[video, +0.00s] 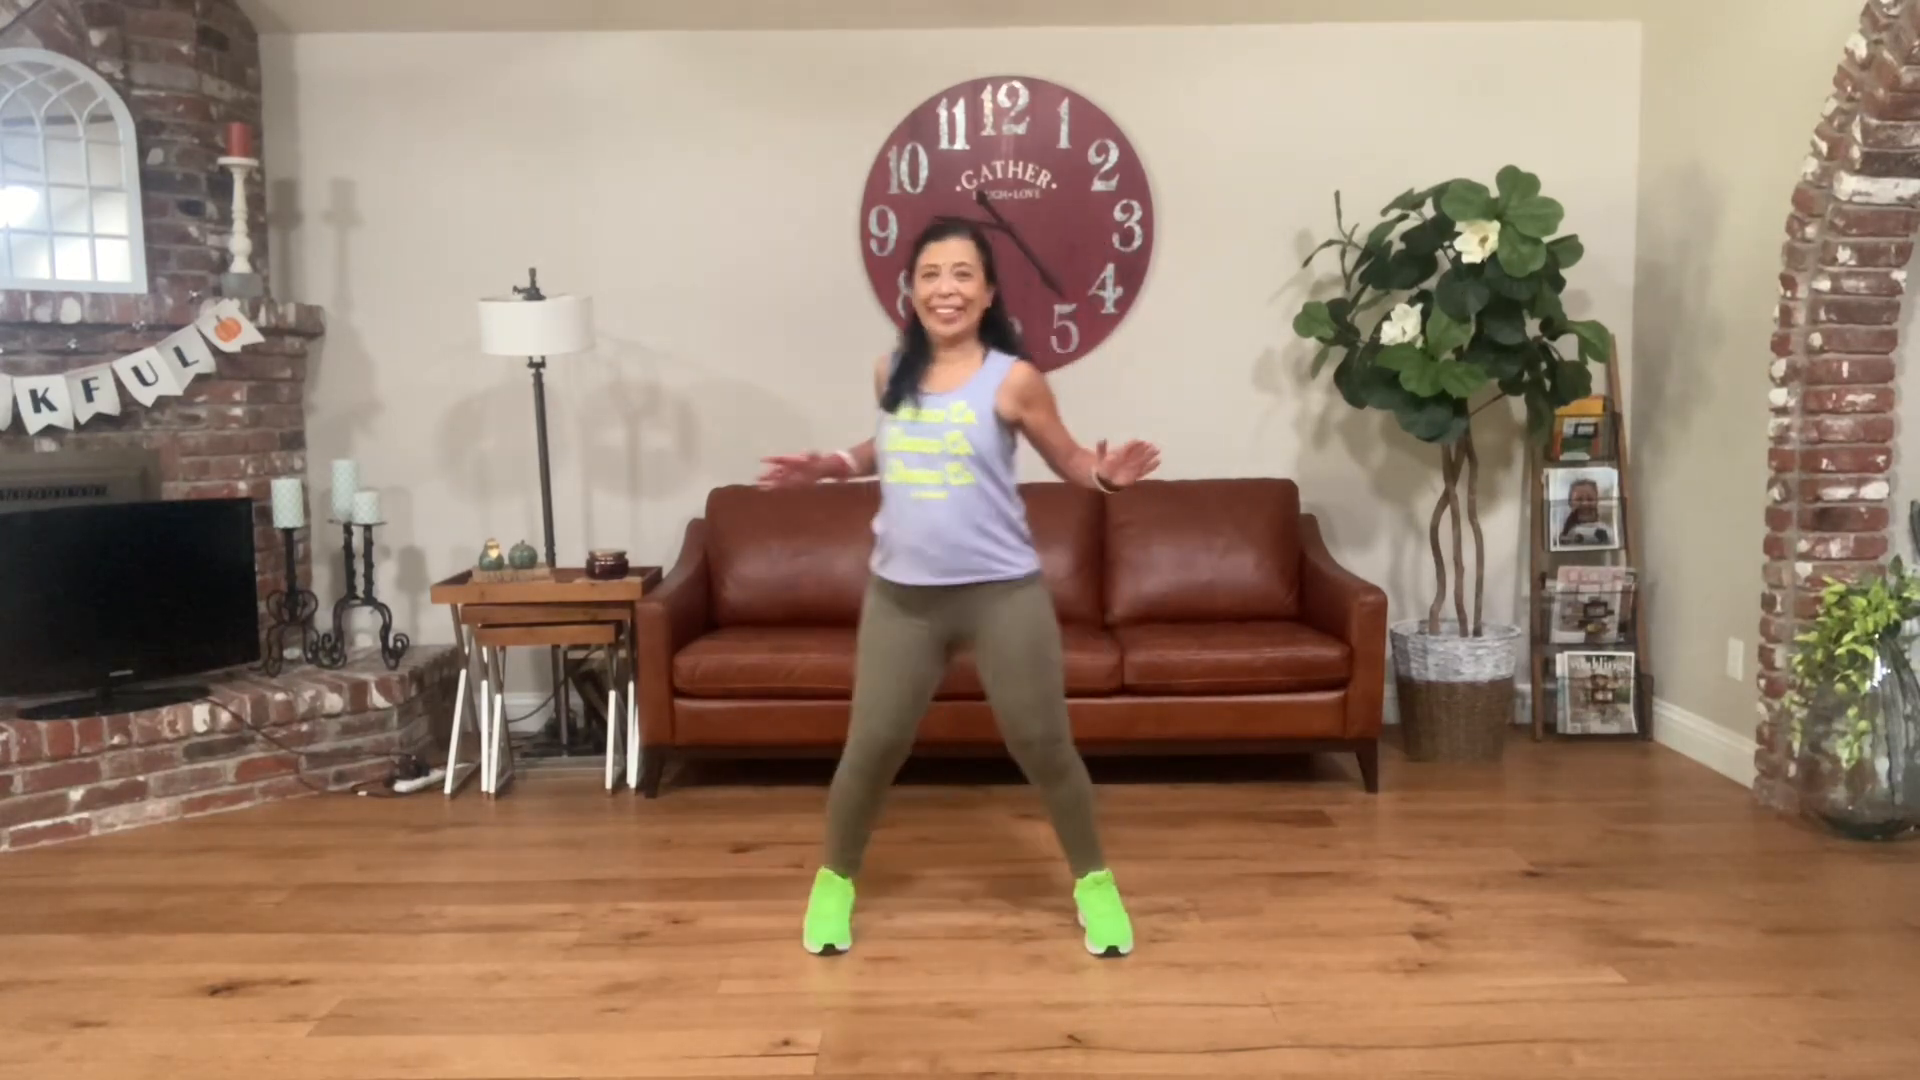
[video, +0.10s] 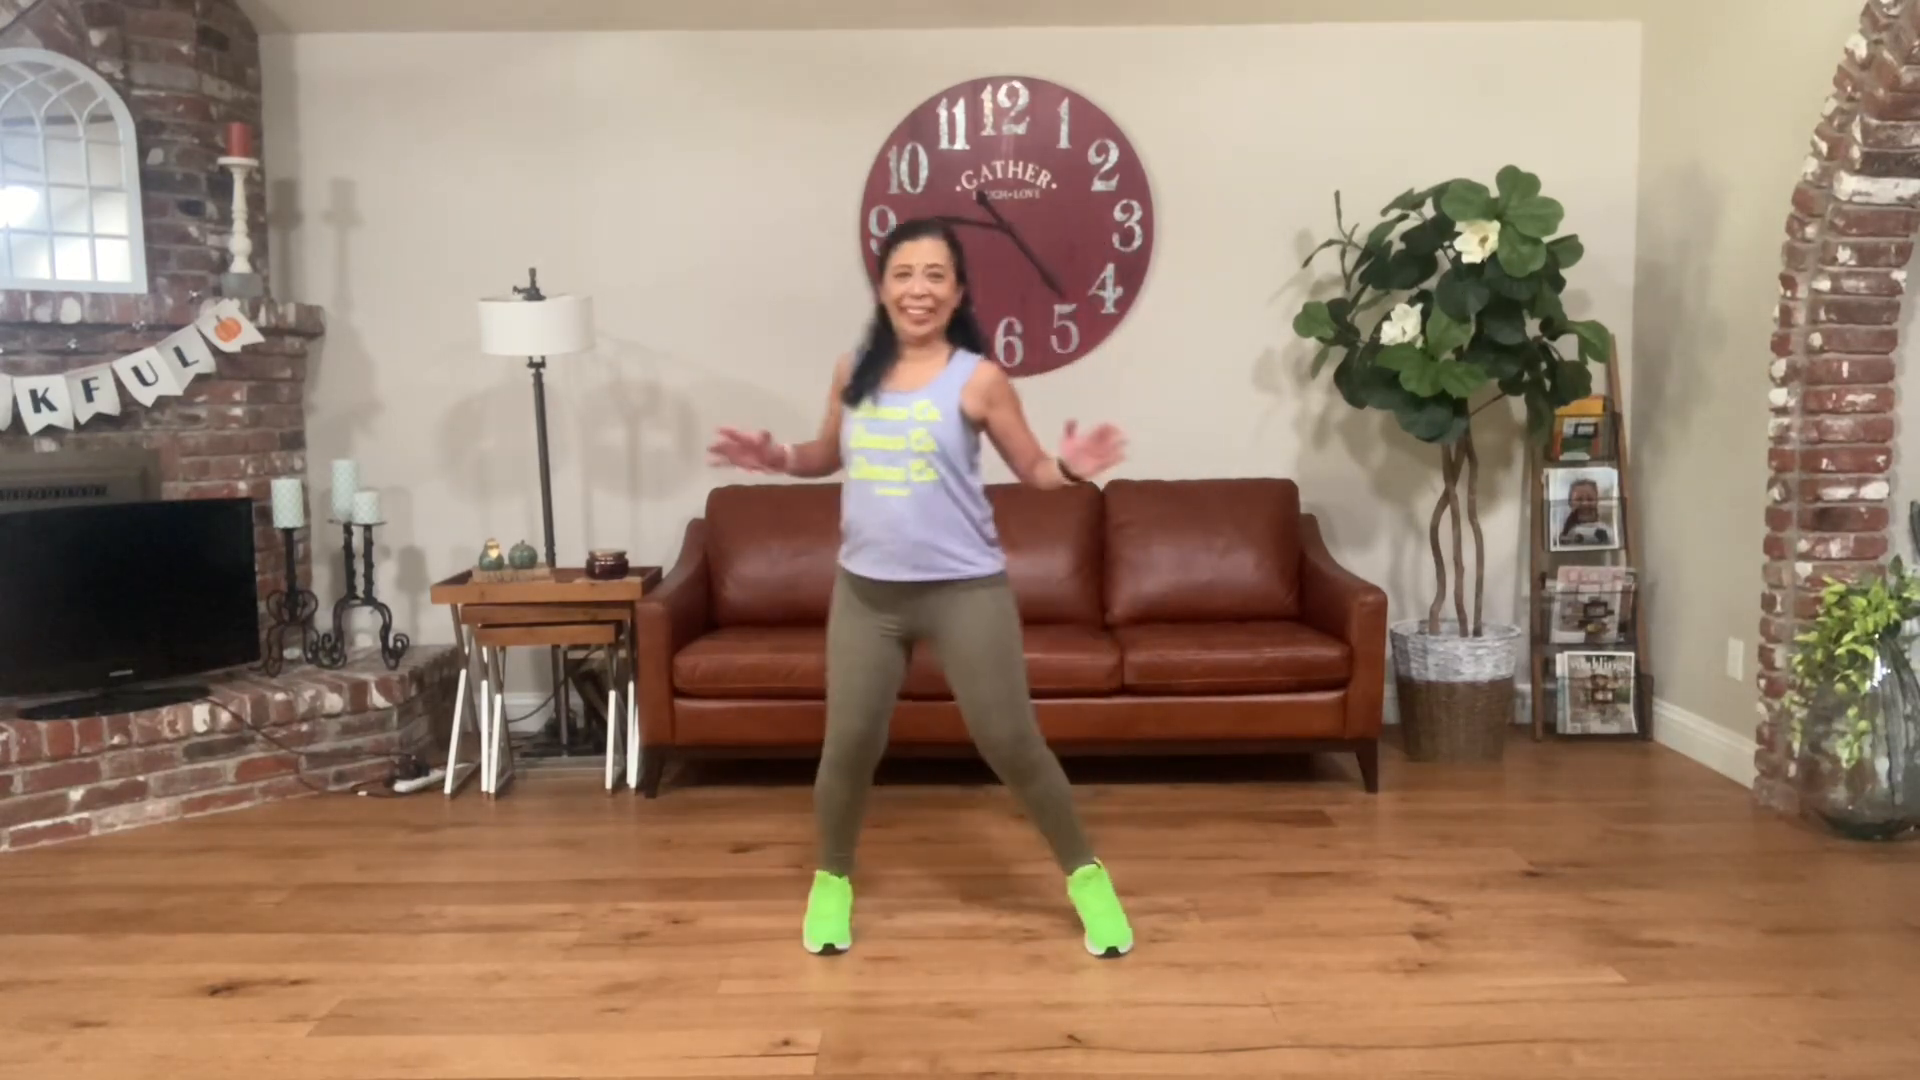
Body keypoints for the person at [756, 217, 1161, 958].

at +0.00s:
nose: (946, 288)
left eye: (963, 274)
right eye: (931, 274)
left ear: (987, 292)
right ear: (911, 292)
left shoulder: (1013, 381)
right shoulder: (892, 372)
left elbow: (1072, 461)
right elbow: (899, 446)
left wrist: (1106, 471)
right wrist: (831, 465)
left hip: (1003, 590)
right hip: (901, 595)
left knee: (1041, 741)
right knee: (874, 743)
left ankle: (1094, 884)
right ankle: (835, 881)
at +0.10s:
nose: (919, 290)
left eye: (936, 276)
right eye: (903, 275)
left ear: (957, 292)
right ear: (882, 288)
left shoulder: (979, 380)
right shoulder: (855, 371)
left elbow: (1034, 471)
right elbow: (829, 456)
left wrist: (1070, 467)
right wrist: (780, 458)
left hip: (965, 589)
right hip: (865, 591)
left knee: (1008, 740)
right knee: (849, 743)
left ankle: (1085, 876)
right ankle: (832, 882)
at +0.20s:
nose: (897, 301)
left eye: (913, 287)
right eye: (881, 286)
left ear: (931, 300)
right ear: (855, 297)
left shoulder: (952, 388)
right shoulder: (822, 376)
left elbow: (1001, 491)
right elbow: (766, 461)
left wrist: (1023, 454)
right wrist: (738, 443)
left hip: (941, 582)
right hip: (844, 590)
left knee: (975, 738)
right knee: (836, 740)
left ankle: (1059, 866)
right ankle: (831, 884)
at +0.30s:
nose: (891, 315)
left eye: (904, 300)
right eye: (874, 300)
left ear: (917, 310)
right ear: (838, 310)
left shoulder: (935, 392)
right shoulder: (803, 388)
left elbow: (961, 503)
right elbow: (730, 475)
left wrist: (969, 433)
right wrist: (721, 423)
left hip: (929, 585)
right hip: (833, 592)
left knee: (941, 731)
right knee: (828, 741)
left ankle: (1002, 850)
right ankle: (829, 884)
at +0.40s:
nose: (888, 319)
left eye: (899, 302)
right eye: (871, 302)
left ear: (911, 309)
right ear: (830, 312)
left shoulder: (926, 383)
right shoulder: (797, 387)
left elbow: (934, 499)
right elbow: (746, 487)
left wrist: (924, 427)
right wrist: (745, 419)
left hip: (919, 584)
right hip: (823, 589)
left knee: (913, 728)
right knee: (823, 741)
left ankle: (936, 842)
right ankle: (829, 884)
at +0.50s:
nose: (889, 314)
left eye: (897, 299)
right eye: (871, 299)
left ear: (905, 303)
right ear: (828, 305)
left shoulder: (922, 379)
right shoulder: (792, 384)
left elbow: (923, 483)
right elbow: (781, 490)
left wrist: (871, 429)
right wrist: (813, 434)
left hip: (913, 583)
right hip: (818, 584)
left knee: (888, 739)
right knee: (822, 740)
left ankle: (891, 865)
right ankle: (829, 882)